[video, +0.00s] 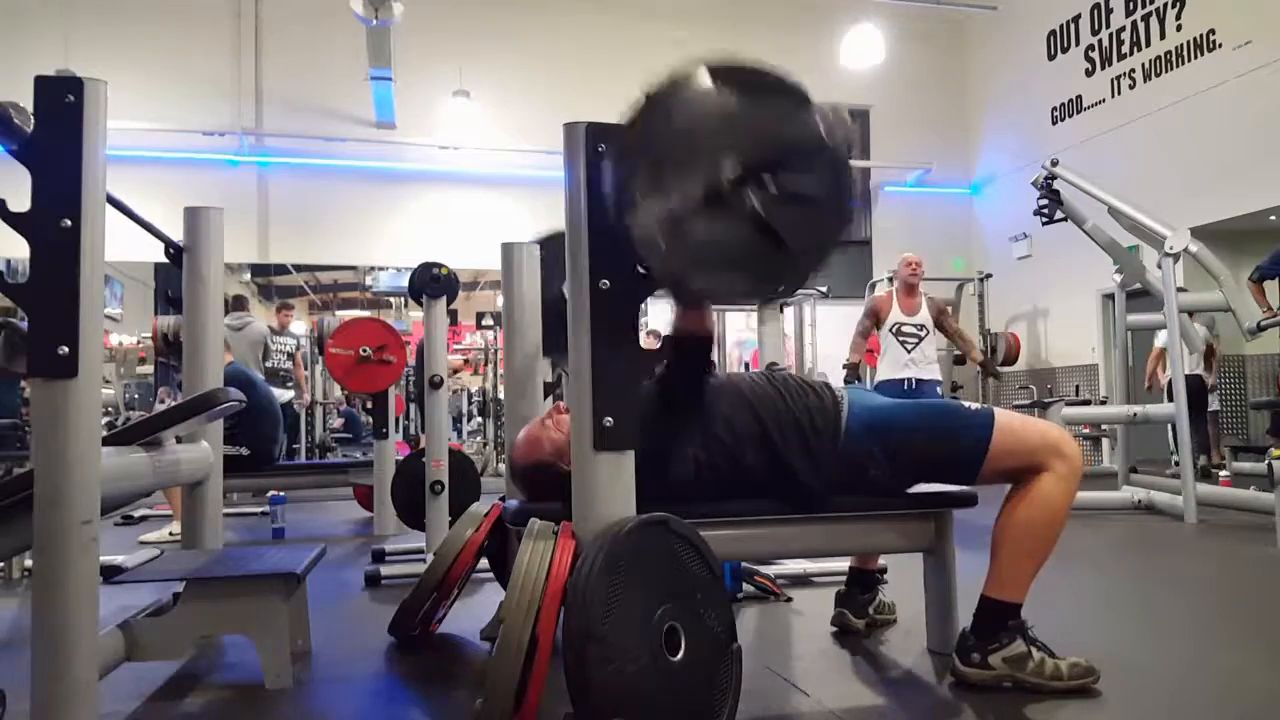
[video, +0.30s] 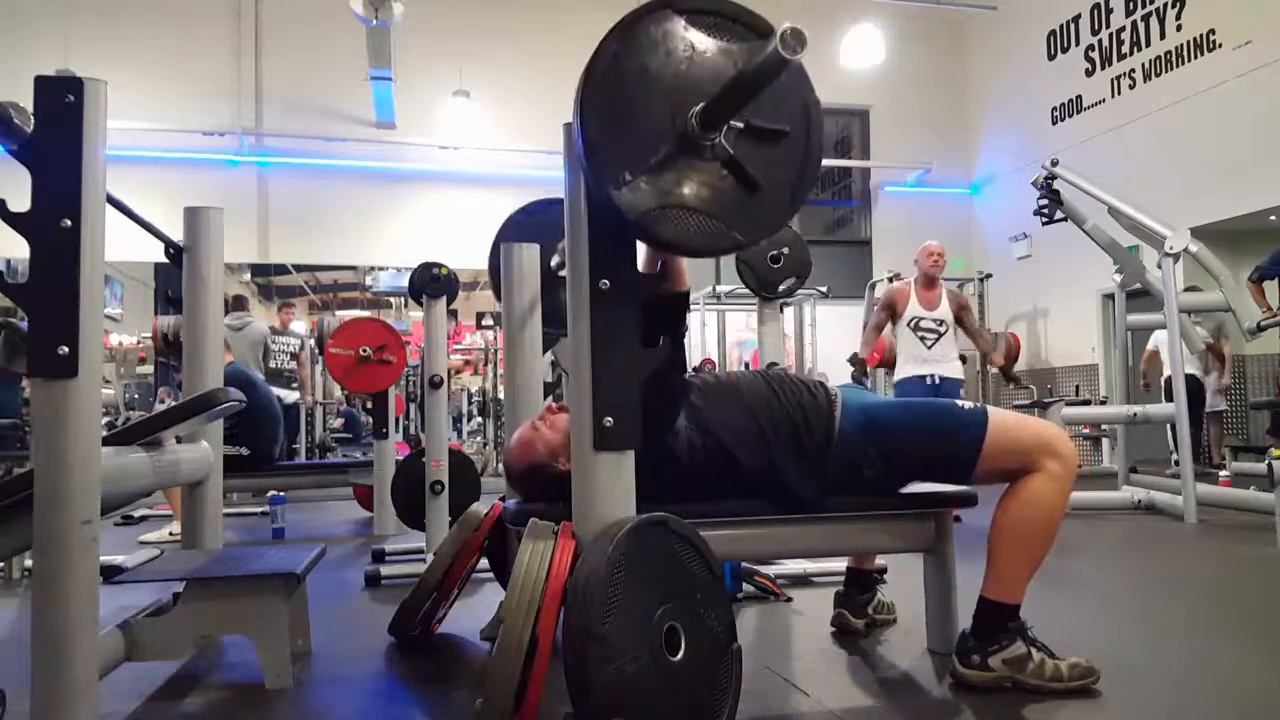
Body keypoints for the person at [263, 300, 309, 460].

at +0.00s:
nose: (289, 319)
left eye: (291, 316)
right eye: (286, 315)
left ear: (293, 317)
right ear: (277, 315)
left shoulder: (294, 339)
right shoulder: (265, 334)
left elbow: (298, 366)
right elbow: (257, 360)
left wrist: (304, 391)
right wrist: (258, 386)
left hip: (288, 389)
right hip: (268, 389)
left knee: (292, 427)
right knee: (270, 426)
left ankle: (289, 460)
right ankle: (270, 461)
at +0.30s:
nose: (290, 317)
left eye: (292, 314)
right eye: (287, 313)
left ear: (294, 316)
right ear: (278, 314)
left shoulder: (299, 339)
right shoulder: (267, 334)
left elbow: (303, 366)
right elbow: (259, 360)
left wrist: (307, 393)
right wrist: (260, 386)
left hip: (293, 389)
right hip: (271, 388)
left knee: (292, 431)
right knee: (274, 428)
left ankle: (289, 463)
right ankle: (273, 462)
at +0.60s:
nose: (287, 313)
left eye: (289, 310)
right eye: (283, 310)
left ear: (293, 312)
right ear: (276, 311)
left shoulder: (301, 336)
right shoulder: (267, 333)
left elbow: (308, 362)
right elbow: (259, 359)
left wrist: (315, 386)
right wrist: (258, 383)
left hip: (297, 387)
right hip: (275, 386)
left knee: (297, 431)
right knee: (277, 426)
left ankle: (289, 461)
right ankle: (275, 460)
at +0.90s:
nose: (288, 312)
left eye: (291, 309)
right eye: (284, 309)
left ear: (294, 310)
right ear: (277, 311)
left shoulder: (305, 331)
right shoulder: (271, 332)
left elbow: (314, 357)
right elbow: (264, 357)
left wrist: (319, 383)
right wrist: (261, 380)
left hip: (302, 384)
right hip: (278, 385)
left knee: (314, 420)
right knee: (283, 423)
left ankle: (295, 427)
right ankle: (285, 458)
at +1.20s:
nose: (297, 311)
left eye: (299, 308)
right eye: (293, 308)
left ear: (304, 309)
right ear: (288, 311)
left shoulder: (316, 333)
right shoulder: (280, 335)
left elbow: (323, 361)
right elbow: (274, 362)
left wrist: (329, 386)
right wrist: (268, 383)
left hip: (311, 387)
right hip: (287, 386)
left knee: (318, 430)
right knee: (288, 429)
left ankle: (326, 464)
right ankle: (281, 464)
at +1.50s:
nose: (309, 311)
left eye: (312, 307)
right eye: (306, 308)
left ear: (320, 309)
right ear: (303, 310)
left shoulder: (331, 329)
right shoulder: (300, 334)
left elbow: (340, 356)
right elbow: (294, 360)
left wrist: (341, 384)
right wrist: (286, 385)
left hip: (326, 385)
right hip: (304, 385)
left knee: (330, 429)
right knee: (297, 429)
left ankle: (333, 462)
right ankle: (294, 463)